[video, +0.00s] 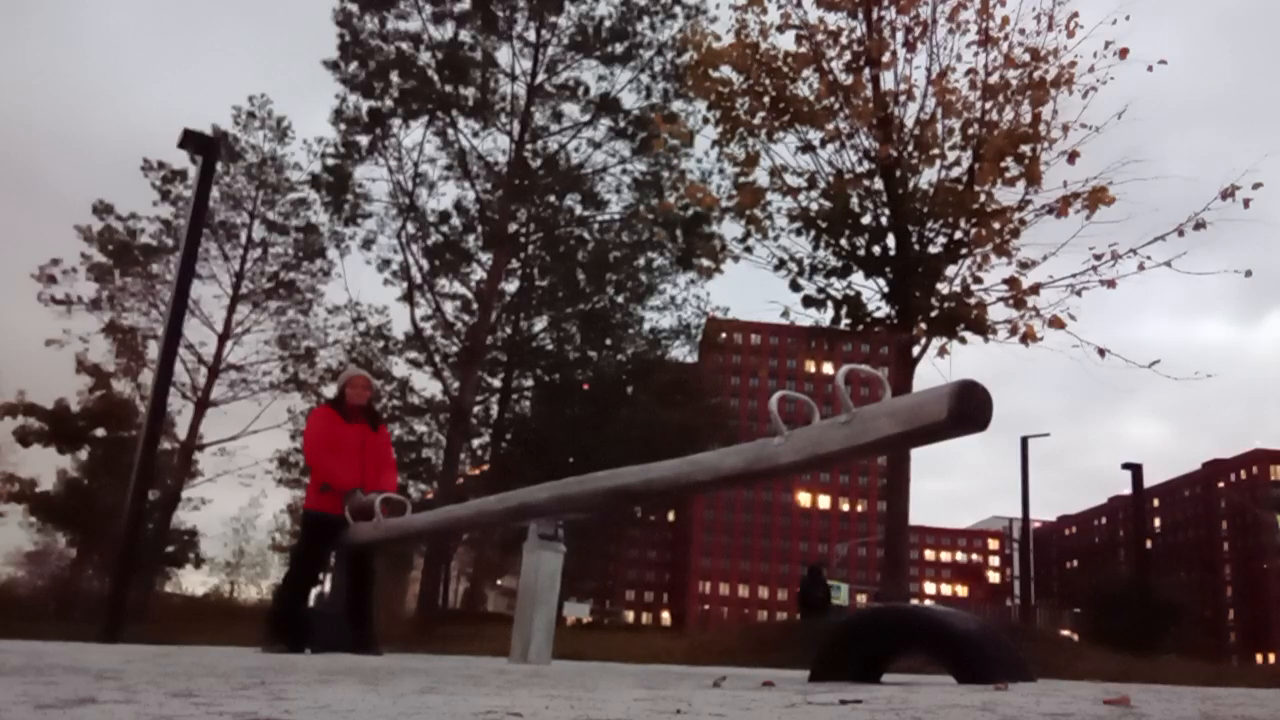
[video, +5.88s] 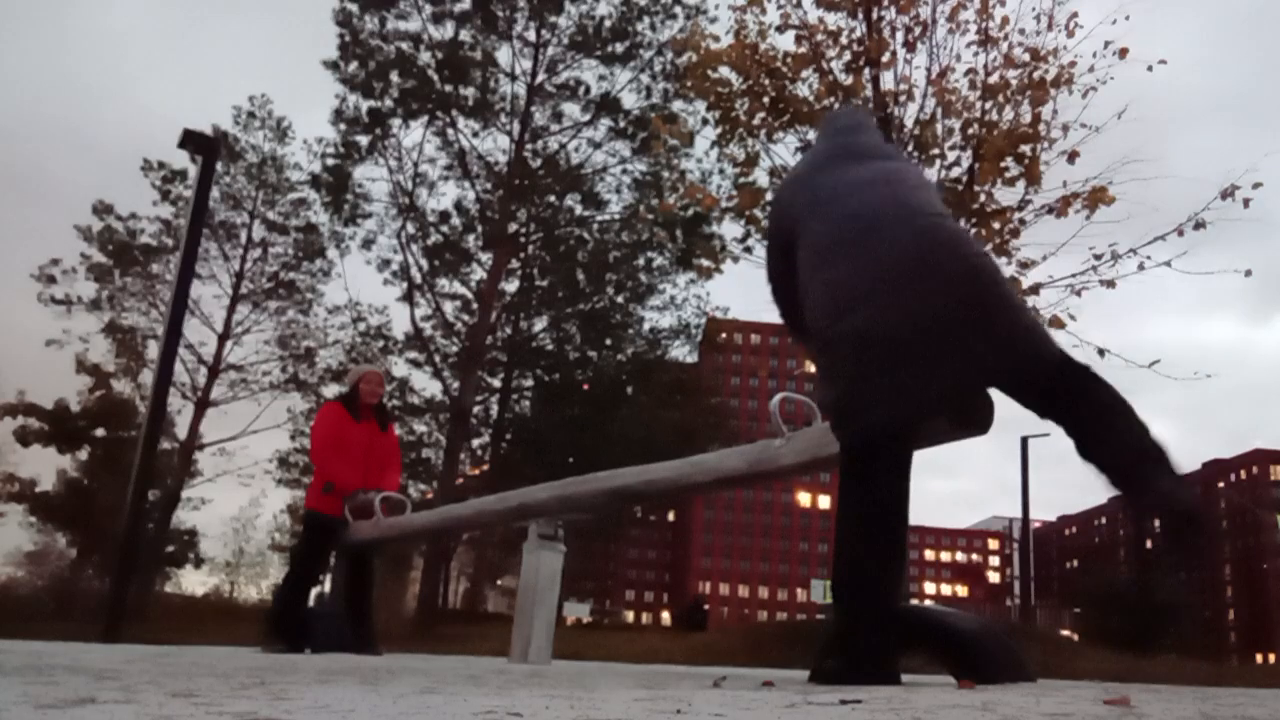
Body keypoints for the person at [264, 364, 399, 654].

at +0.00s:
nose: (361, 391)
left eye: (366, 387)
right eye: (355, 386)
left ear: (372, 393)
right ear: (343, 390)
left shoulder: (377, 428)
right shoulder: (323, 416)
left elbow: (387, 467)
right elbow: (316, 456)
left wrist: (385, 497)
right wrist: (347, 489)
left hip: (363, 515)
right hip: (324, 510)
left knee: (361, 579)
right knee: (304, 572)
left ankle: (362, 641)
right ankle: (281, 636)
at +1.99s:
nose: (382, 418)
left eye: (387, 413)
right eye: (376, 411)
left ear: (394, 419)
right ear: (365, 414)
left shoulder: (393, 452)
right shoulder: (341, 438)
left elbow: (395, 495)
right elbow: (322, 481)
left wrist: (382, 525)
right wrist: (343, 520)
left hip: (366, 530)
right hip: (326, 525)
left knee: (372, 586)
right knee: (323, 578)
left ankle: (362, 646)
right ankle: (285, 636)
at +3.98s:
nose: (345, 393)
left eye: (351, 389)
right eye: (339, 388)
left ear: (358, 396)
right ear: (328, 393)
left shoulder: (367, 430)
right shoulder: (312, 420)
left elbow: (379, 465)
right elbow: (312, 456)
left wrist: (377, 489)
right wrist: (342, 481)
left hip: (357, 514)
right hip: (319, 509)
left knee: (357, 577)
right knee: (301, 573)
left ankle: (360, 640)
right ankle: (282, 637)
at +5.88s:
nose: (373, 389)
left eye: (378, 384)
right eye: (367, 383)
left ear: (384, 390)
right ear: (354, 385)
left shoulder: (385, 425)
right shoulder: (332, 412)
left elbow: (392, 467)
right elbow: (320, 455)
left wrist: (385, 495)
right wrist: (346, 487)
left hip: (363, 514)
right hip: (325, 508)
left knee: (360, 580)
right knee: (306, 571)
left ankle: (362, 643)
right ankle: (280, 635)